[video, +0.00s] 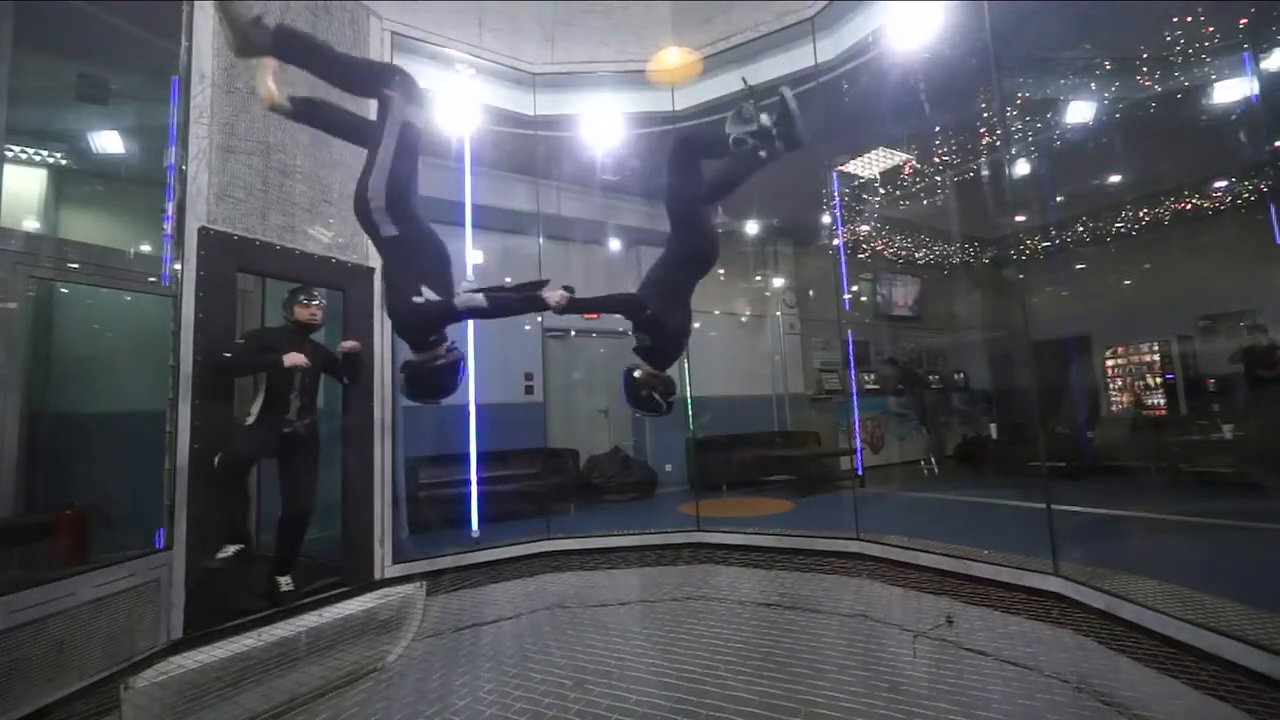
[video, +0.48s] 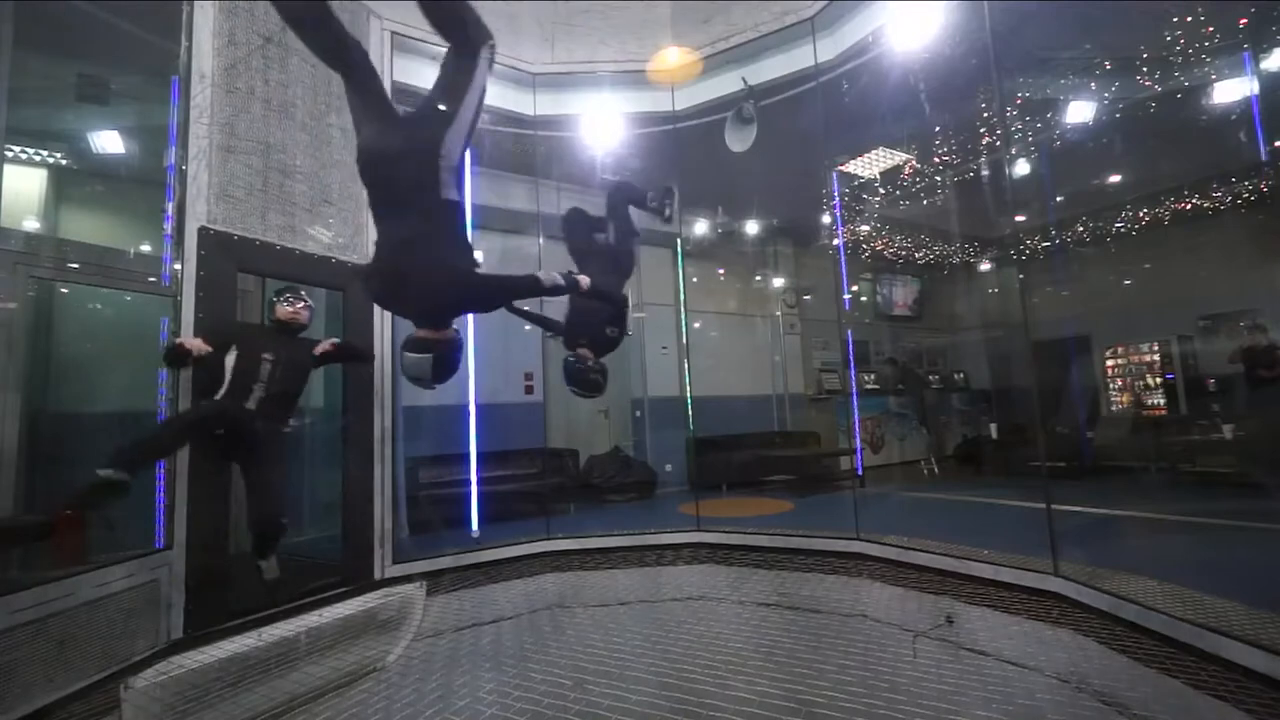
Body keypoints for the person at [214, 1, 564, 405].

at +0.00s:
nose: (447, 355)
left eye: (443, 361)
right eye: (451, 364)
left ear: (432, 361)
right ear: (443, 359)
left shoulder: (418, 322)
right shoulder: (421, 322)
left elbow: (477, 306)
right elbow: (482, 301)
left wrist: (537, 298)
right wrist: (540, 294)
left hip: (385, 218)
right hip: (395, 222)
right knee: (386, 142)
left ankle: (258, 34)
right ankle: (287, 104)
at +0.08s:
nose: (447, 351)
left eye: (441, 357)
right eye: (450, 358)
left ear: (426, 358)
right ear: (442, 355)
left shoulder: (417, 322)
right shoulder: (421, 320)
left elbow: (483, 304)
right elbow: (478, 298)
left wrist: (548, 298)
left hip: (377, 209)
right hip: (397, 216)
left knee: (344, 55)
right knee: (367, 122)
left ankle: (266, 14)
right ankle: (272, 84)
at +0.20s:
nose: (438, 348)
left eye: (425, 363)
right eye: (436, 361)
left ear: (425, 355)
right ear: (434, 356)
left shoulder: (431, 311)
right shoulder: (402, 308)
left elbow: (507, 296)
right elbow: (470, 283)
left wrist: (563, 295)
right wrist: (510, 285)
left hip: (390, 192)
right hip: (369, 195)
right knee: (343, 93)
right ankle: (254, 48)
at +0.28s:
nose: (446, 344)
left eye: (436, 357)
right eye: (442, 356)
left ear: (431, 350)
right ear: (434, 353)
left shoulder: (434, 308)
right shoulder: (394, 303)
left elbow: (499, 297)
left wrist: (555, 294)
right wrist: (538, 299)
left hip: (398, 185)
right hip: (367, 188)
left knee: (433, 57)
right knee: (365, 96)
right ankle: (255, 28)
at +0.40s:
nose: (436, 344)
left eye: (432, 349)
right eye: (440, 349)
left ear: (426, 346)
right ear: (438, 345)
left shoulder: (452, 302)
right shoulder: (384, 295)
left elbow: (517, 290)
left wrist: (567, 289)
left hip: (421, 178)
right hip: (373, 184)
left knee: (457, 49)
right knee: (356, 80)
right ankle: (259, 3)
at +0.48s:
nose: (448, 339)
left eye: (439, 350)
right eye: (447, 350)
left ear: (426, 342)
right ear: (440, 341)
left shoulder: (468, 297)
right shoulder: (384, 291)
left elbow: (530, 284)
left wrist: (574, 282)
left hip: (437, 158)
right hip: (376, 160)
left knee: (476, 44)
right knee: (351, 60)